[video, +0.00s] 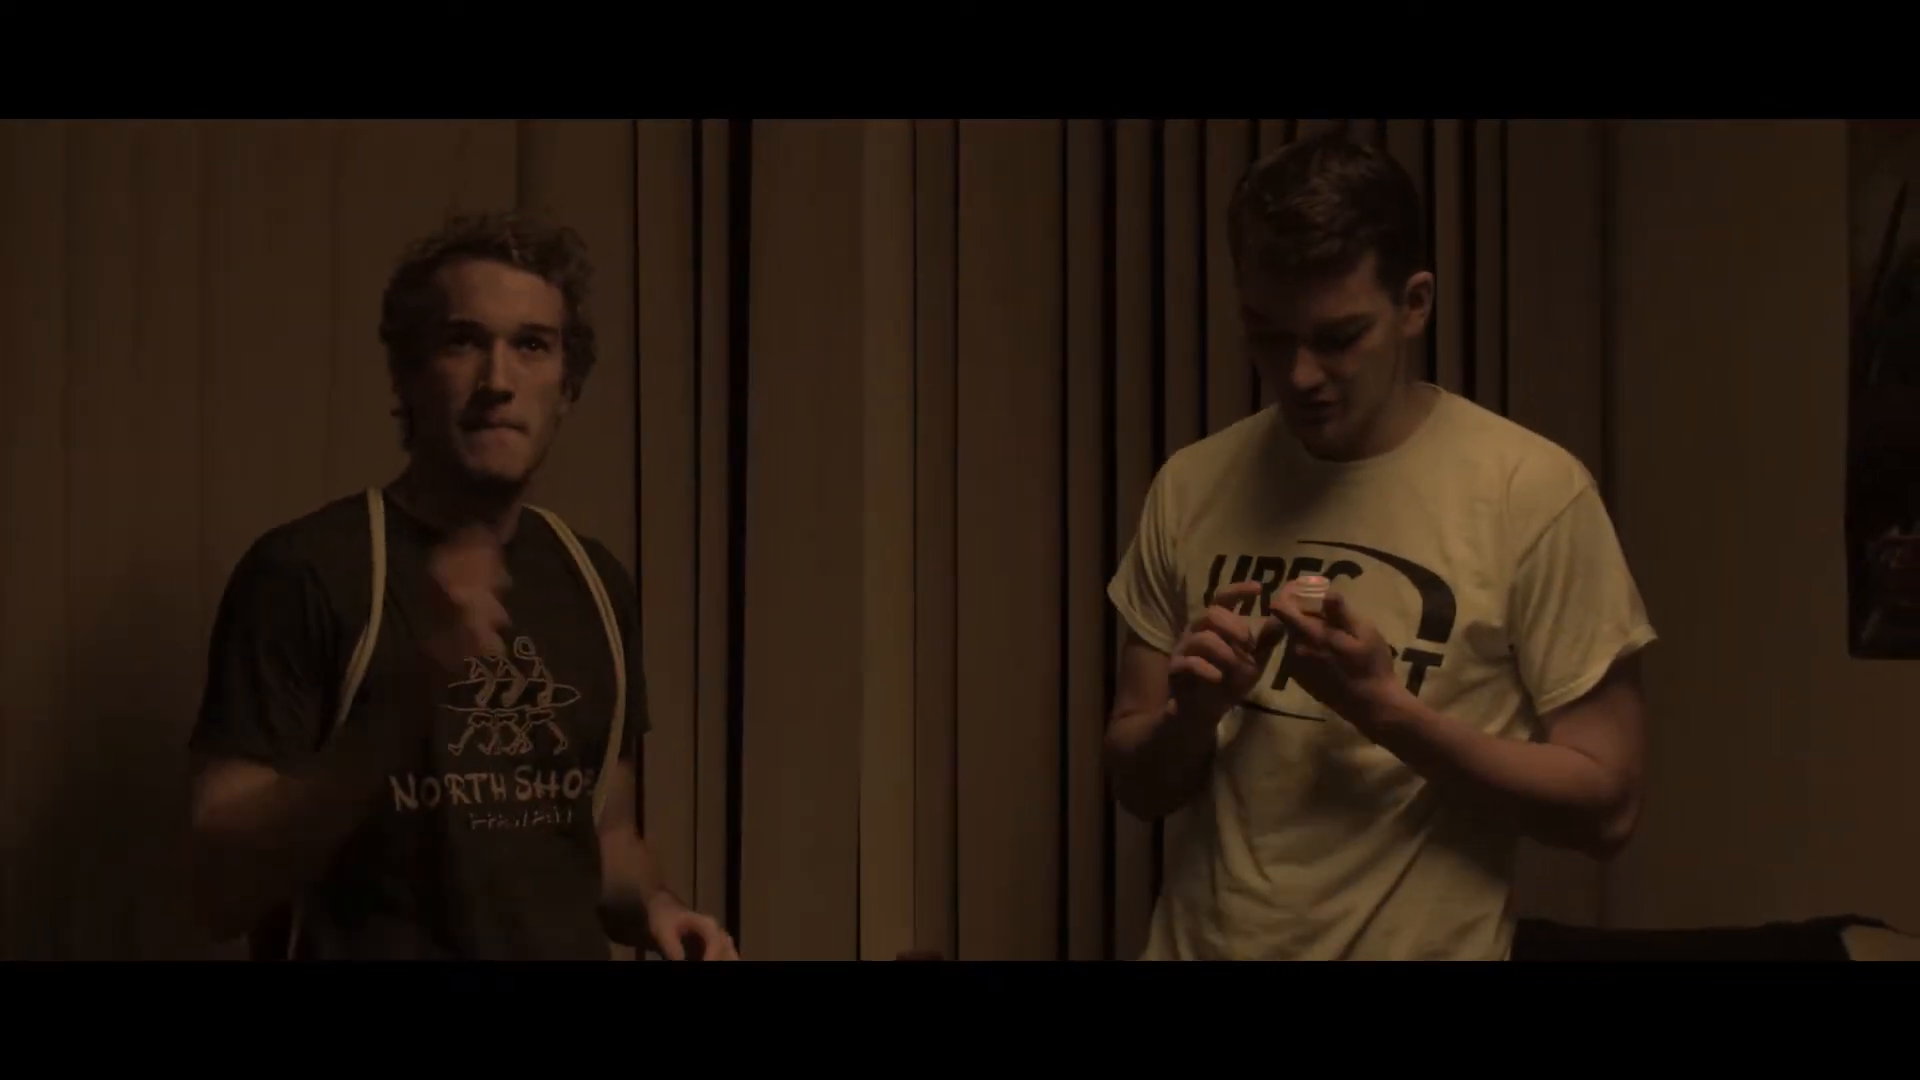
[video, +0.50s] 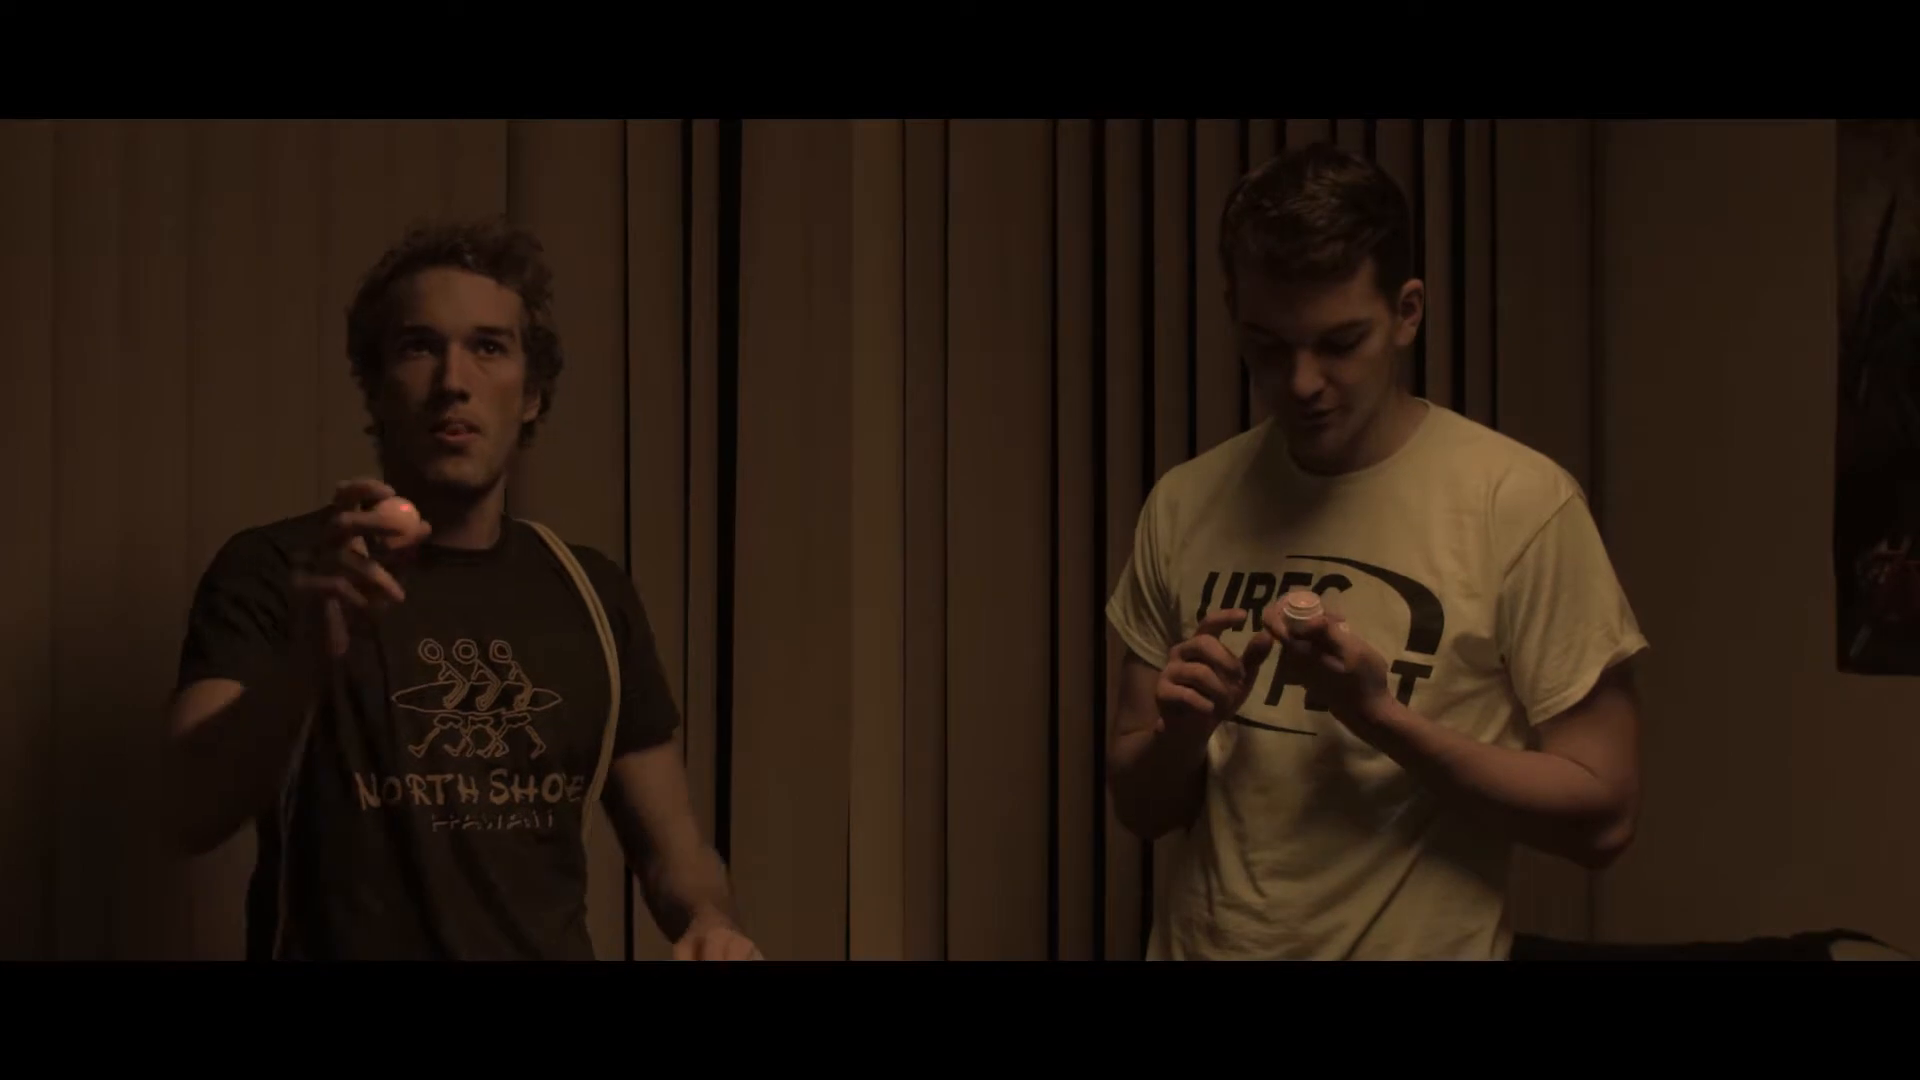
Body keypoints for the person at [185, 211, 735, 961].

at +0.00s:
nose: (498, 381)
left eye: (532, 347)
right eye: (463, 344)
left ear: (565, 385)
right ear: (404, 379)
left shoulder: (595, 586)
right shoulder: (300, 578)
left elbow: (605, 830)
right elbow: (218, 871)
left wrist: (651, 905)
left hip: (556, 946)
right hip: (365, 945)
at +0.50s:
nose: (453, 380)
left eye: (488, 349)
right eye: (421, 348)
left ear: (532, 396)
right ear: (375, 392)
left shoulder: (593, 594)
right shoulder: (275, 571)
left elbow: (669, 838)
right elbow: (192, 815)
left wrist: (709, 919)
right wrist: (309, 653)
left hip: (544, 948)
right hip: (338, 946)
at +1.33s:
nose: (501, 288)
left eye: (527, 263)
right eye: (456, 254)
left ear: (560, 305)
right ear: (374, 310)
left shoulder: (536, 548)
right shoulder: (314, 482)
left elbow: (510, 823)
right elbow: (366, 646)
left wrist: (556, 941)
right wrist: (526, 426)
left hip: (491, 938)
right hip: (334, 931)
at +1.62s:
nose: (488, 284)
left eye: (518, 265)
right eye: (445, 253)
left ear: (545, 314)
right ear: (363, 300)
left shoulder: (526, 552)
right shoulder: (305, 474)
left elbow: (499, 848)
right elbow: (352, 621)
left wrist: (557, 944)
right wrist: (559, 415)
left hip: (473, 938)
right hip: (305, 926)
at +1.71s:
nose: (484, 286)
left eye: (515, 263)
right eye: (440, 255)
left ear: (549, 305)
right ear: (365, 304)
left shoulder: (521, 541)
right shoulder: (305, 477)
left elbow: (506, 833)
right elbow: (325, 636)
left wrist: (560, 946)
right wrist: (527, 397)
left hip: (477, 936)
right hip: (312, 927)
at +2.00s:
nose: (470, 371)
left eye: (503, 327)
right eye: (432, 327)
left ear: (546, 340)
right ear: (372, 340)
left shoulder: (555, 546)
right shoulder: (288, 549)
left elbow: (540, 848)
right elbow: (197, 869)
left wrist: (584, 946)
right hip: (349, 943)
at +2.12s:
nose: (434, 427)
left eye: (470, 380)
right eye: (398, 384)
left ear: (529, 368)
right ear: (355, 374)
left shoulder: (583, 542)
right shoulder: (260, 583)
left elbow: (590, 830)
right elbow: (184, 885)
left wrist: (628, 950)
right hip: (338, 947)